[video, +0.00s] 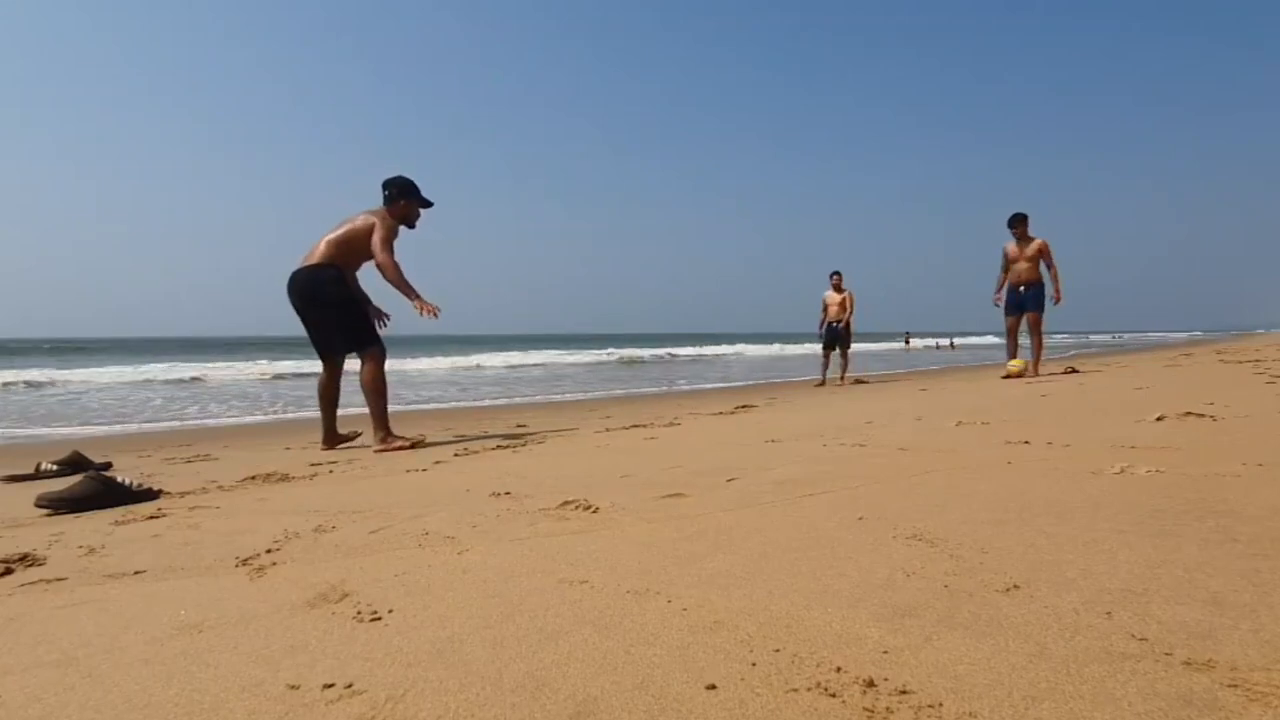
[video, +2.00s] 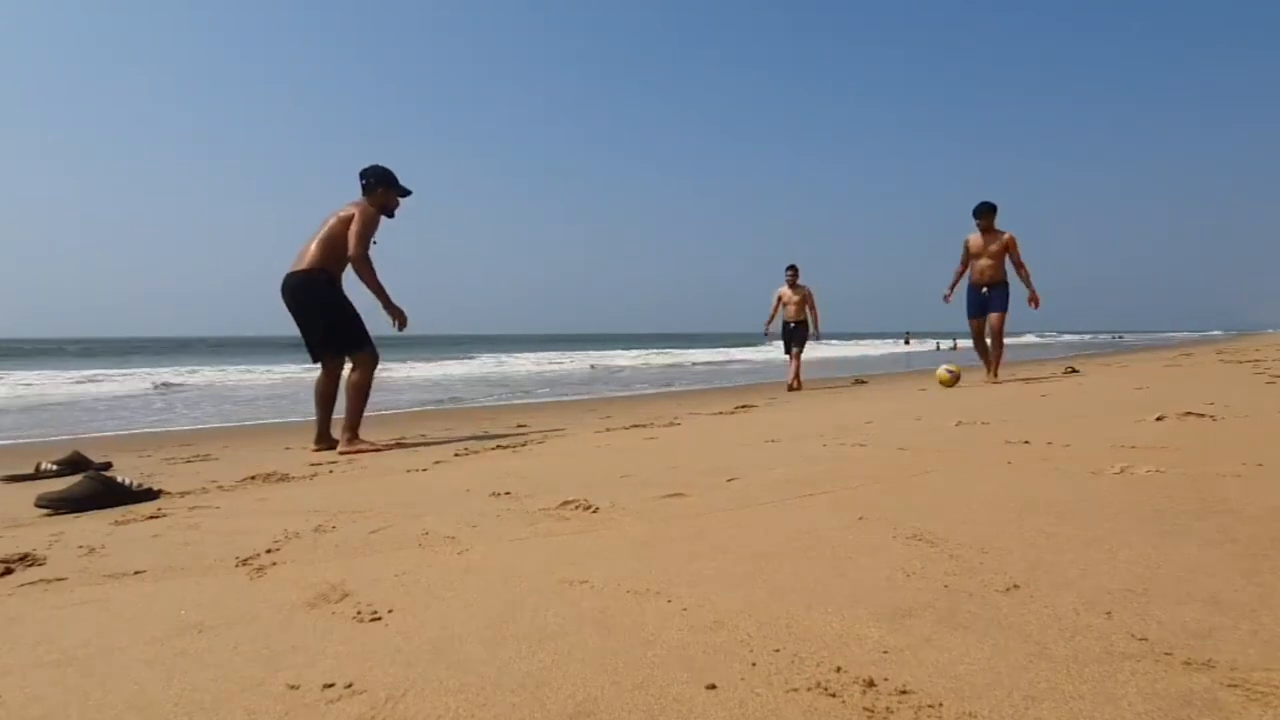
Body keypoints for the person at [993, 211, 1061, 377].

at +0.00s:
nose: (1014, 232)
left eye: (1017, 228)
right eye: (1012, 229)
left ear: (1026, 226)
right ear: (1010, 230)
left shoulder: (1039, 245)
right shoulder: (1008, 248)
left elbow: (1051, 267)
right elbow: (1004, 271)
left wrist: (1056, 289)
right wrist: (998, 291)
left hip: (1033, 286)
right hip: (1013, 287)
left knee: (1034, 325)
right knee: (1010, 328)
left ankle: (1034, 367)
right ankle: (1011, 366)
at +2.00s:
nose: (978, 222)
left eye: (982, 219)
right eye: (976, 219)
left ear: (992, 218)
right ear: (975, 219)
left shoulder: (1006, 239)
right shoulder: (970, 241)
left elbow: (1019, 266)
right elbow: (963, 266)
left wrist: (1031, 290)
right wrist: (951, 288)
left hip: (997, 286)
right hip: (975, 287)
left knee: (995, 329)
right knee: (976, 335)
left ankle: (993, 372)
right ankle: (988, 367)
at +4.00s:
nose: (745, 197)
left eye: (749, 192)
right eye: (744, 192)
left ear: (762, 191)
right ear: (745, 193)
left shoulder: (780, 217)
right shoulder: (741, 221)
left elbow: (810, 242)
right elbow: (713, 246)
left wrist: (844, 256)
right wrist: (677, 255)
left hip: (771, 281)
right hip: (749, 281)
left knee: (747, 333)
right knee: (722, 334)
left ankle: (747, 391)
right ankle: (756, 356)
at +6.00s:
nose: (946, 82)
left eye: (953, 76)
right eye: (940, 75)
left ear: (963, 79)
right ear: (929, 76)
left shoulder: (968, 123)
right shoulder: (908, 119)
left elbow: (967, 174)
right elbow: (876, 169)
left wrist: (984, 210)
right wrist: (856, 218)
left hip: (945, 216)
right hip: (907, 211)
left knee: (963, 294)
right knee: (897, 281)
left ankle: (951, 387)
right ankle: (877, 372)